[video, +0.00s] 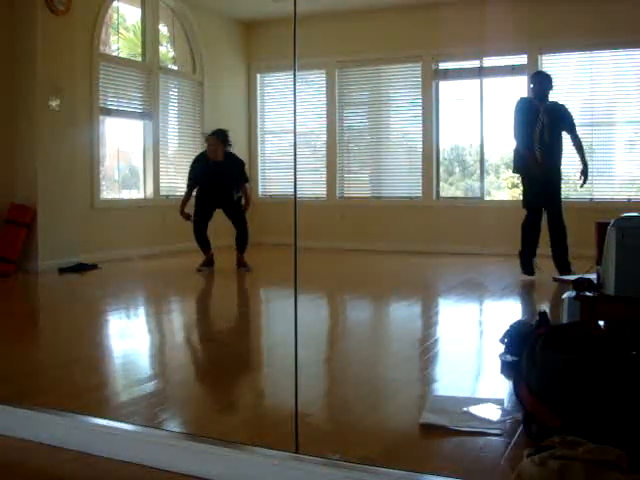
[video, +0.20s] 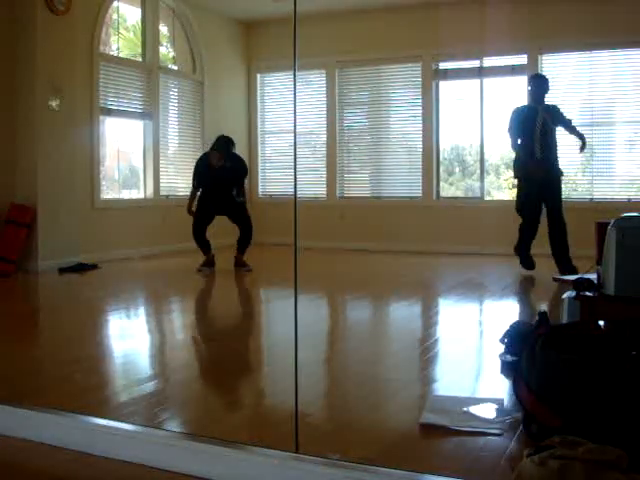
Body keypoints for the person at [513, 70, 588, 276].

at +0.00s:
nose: (541, 89)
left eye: (544, 85)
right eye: (537, 84)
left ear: (550, 87)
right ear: (531, 86)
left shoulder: (559, 110)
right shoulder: (523, 105)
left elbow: (574, 137)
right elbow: (519, 137)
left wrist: (584, 164)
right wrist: (527, 160)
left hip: (552, 171)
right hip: (530, 170)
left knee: (555, 218)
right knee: (533, 215)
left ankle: (563, 265)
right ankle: (527, 261)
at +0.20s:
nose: (539, 93)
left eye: (543, 88)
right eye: (536, 88)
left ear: (547, 90)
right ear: (529, 89)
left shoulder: (552, 111)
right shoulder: (520, 112)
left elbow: (567, 125)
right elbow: (513, 135)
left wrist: (580, 136)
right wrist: (519, 150)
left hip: (551, 173)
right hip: (528, 174)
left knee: (556, 220)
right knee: (531, 218)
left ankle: (564, 264)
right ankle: (522, 250)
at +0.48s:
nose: (520, 102)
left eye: (523, 98)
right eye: (518, 98)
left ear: (531, 99)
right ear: (516, 99)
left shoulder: (544, 119)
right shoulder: (510, 115)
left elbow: (574, 116)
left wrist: (601, 116)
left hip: (535, 176)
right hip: (514, 176)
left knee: (545, 218)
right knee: (520, 220)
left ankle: (553, 260)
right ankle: (525, 262)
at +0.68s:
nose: (516, 98)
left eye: (520, 95)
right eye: (514, 95)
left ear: (526, 97)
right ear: (511, 97)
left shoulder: (535, 114)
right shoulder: (504, 114)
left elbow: (562, 115)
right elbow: (500, 138)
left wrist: (589, 116)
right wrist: (517, 154)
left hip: (528, 172)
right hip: (509, 172)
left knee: (530, 215)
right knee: (516, 216)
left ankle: (527, 260)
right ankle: (523, 262)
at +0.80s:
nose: (516, 106)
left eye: (518, 102)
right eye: (514, 102)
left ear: (521, 103)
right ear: (512, 103)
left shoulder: (531, 124)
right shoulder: (501, 124)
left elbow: (558, 136)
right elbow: (491, 147)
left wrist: (575, 127)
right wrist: (502, 155)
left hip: (525, 172)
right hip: (507, 172)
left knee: (521, 214)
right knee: (515, 215)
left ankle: (510, 250)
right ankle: (526, 261)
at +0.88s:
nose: (515, 114)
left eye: (518, 111)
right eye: (513, 110)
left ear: (523, 112)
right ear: (508, 111)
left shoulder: (528, 134)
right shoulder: (499, 131)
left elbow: (536, 157)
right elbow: (493, 158)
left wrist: (547, 162)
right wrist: (497, 178)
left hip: (516, 179)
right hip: (500, 179)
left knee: (512, 217)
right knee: (508, 218)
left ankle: (503, 251)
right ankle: (522, 255)